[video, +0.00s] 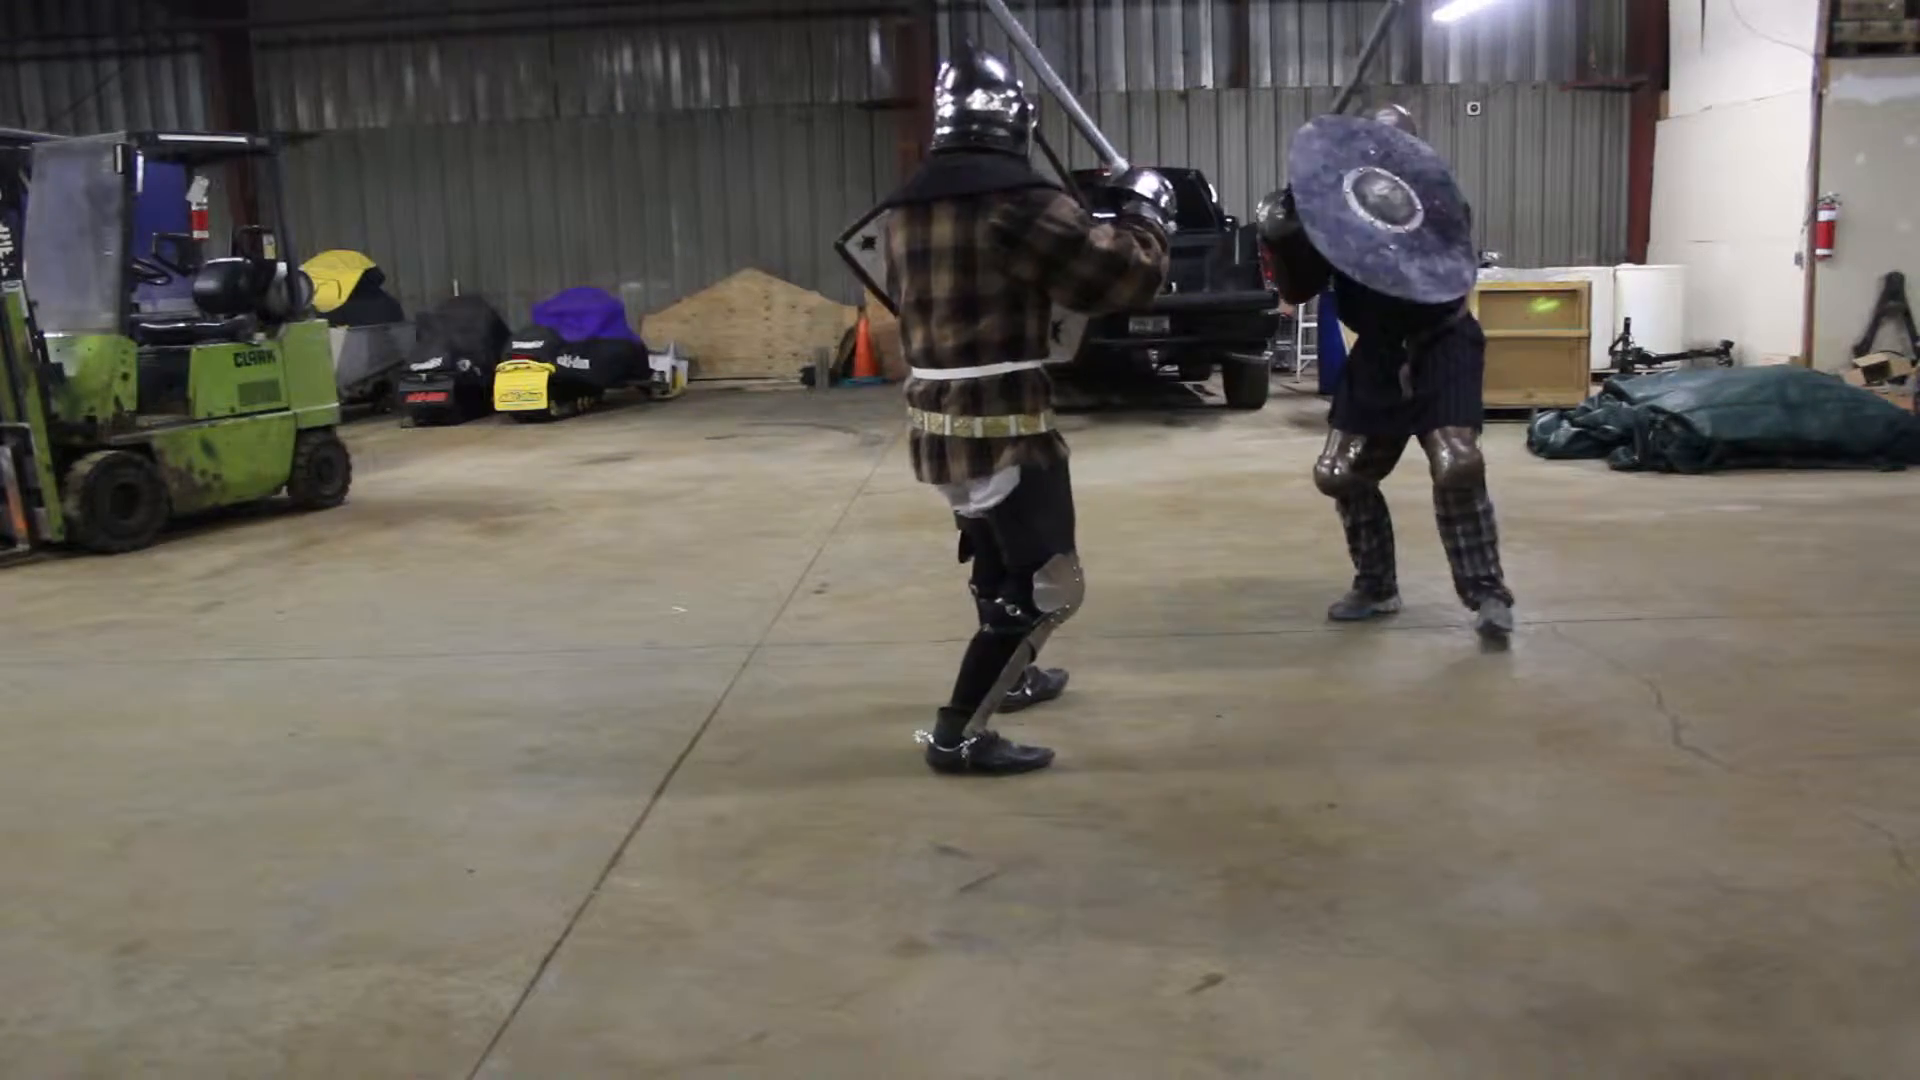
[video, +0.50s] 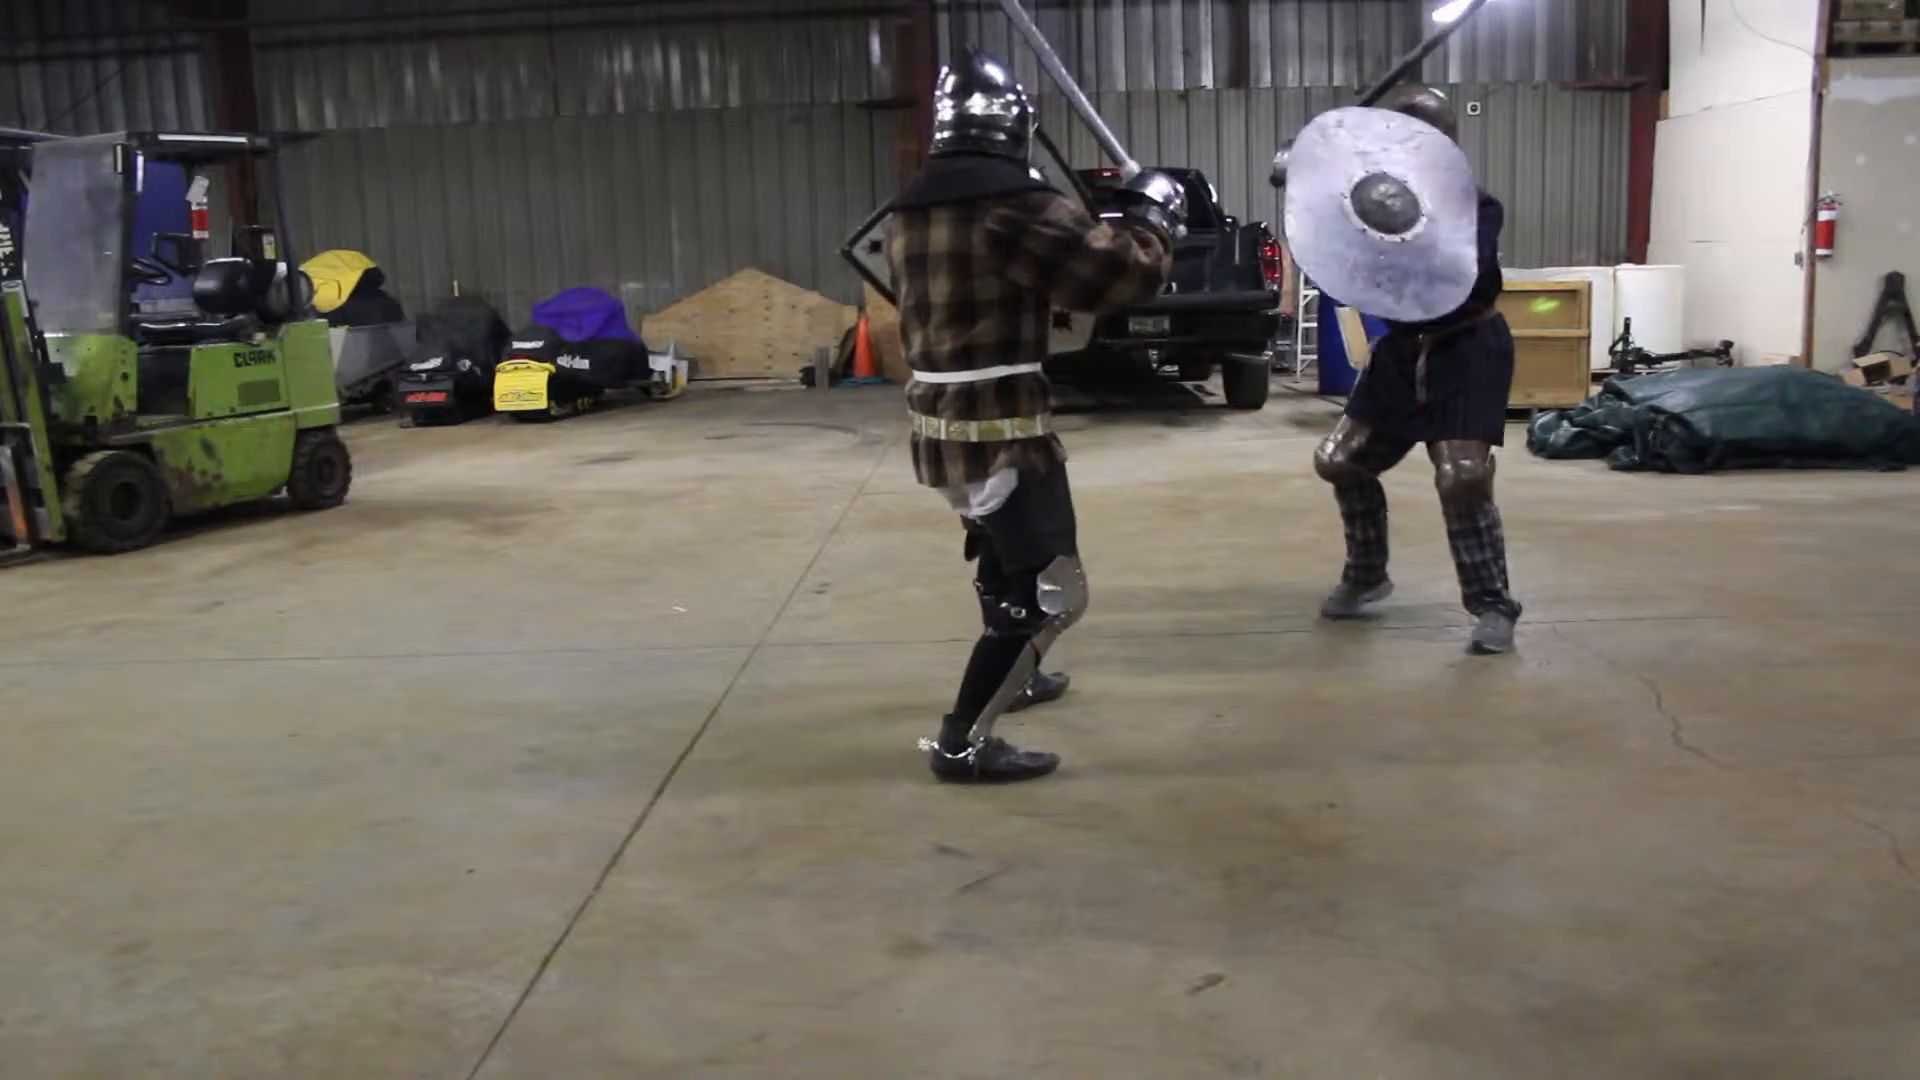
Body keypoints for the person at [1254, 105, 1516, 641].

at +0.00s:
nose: (1383, 157)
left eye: (1396, 146)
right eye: (1373, 147)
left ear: (1412, 149)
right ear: (1355, 152)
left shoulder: (1434, 199)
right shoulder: (1333, 201)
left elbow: (1459, 267)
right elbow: (1298, 291)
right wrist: (1281, 238)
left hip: (1445, 332)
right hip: (1378, 342)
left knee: (1457, 466)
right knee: (1340, 472)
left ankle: (1489, 597)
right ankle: (1376, 587)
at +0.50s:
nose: (1414, 143)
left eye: (1428, 131)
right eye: (1403, 131)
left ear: (1450, 140)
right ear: (1386, 137)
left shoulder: (1475, 208)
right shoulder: (1379, 200)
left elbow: (1475, 293)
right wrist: (1304, 186)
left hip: (1470, 343)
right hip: (1402, 343)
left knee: (1461, 474)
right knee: (1343, 461)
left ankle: (1493, 611)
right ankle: (1367, 576)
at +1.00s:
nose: (1363, 170)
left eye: (1373, 158)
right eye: (1349, 158)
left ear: (1390, 157)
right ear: (1333, 164)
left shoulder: (1421, 199)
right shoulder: (1316, 208)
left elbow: (1448, 283)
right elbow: (1294, 296)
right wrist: (1275, 240)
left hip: (1422, 338)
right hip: (1355, 342)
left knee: (1410, 461)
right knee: (1325, 472)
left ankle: (1428, 587)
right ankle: (1351, 580)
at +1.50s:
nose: (1371, 179)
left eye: (1382, 175)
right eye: (1360, 173)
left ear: (1401, 179)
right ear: (1338, 173)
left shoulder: (1419, 212)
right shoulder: (1306, 213)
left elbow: (1446, 279)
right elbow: (1261, 275)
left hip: (1396, 350)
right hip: (1322, 348)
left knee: (1382, 481)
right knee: (1328, 482)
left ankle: (1381, 623)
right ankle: (1346, 579)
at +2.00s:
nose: (1352, 150)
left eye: (1368, 138)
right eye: (1342, 135)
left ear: (1390, 141)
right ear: (1323, 135)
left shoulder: (1408, 203)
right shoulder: (1289, 197)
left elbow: (1439, 289)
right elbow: (1239, 259)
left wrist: (1441, 370)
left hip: (1375, 361)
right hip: (1299, 353)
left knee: (1364, 489)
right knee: (1276, 476)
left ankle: (1378, 625)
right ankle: (1280, 586)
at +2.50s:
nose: (1280, 135)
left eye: (1295, 124)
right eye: (1272, 122)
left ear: (1319, 131)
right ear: (1259, 128)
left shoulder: (1334, 197)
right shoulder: (1237, 198)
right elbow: (1209, 266)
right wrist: (1193, 219)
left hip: (1319, 349)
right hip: (1252, 350)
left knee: (1321, 478)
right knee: (1236, 470)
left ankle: (1349, 614)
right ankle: (1276, 590)